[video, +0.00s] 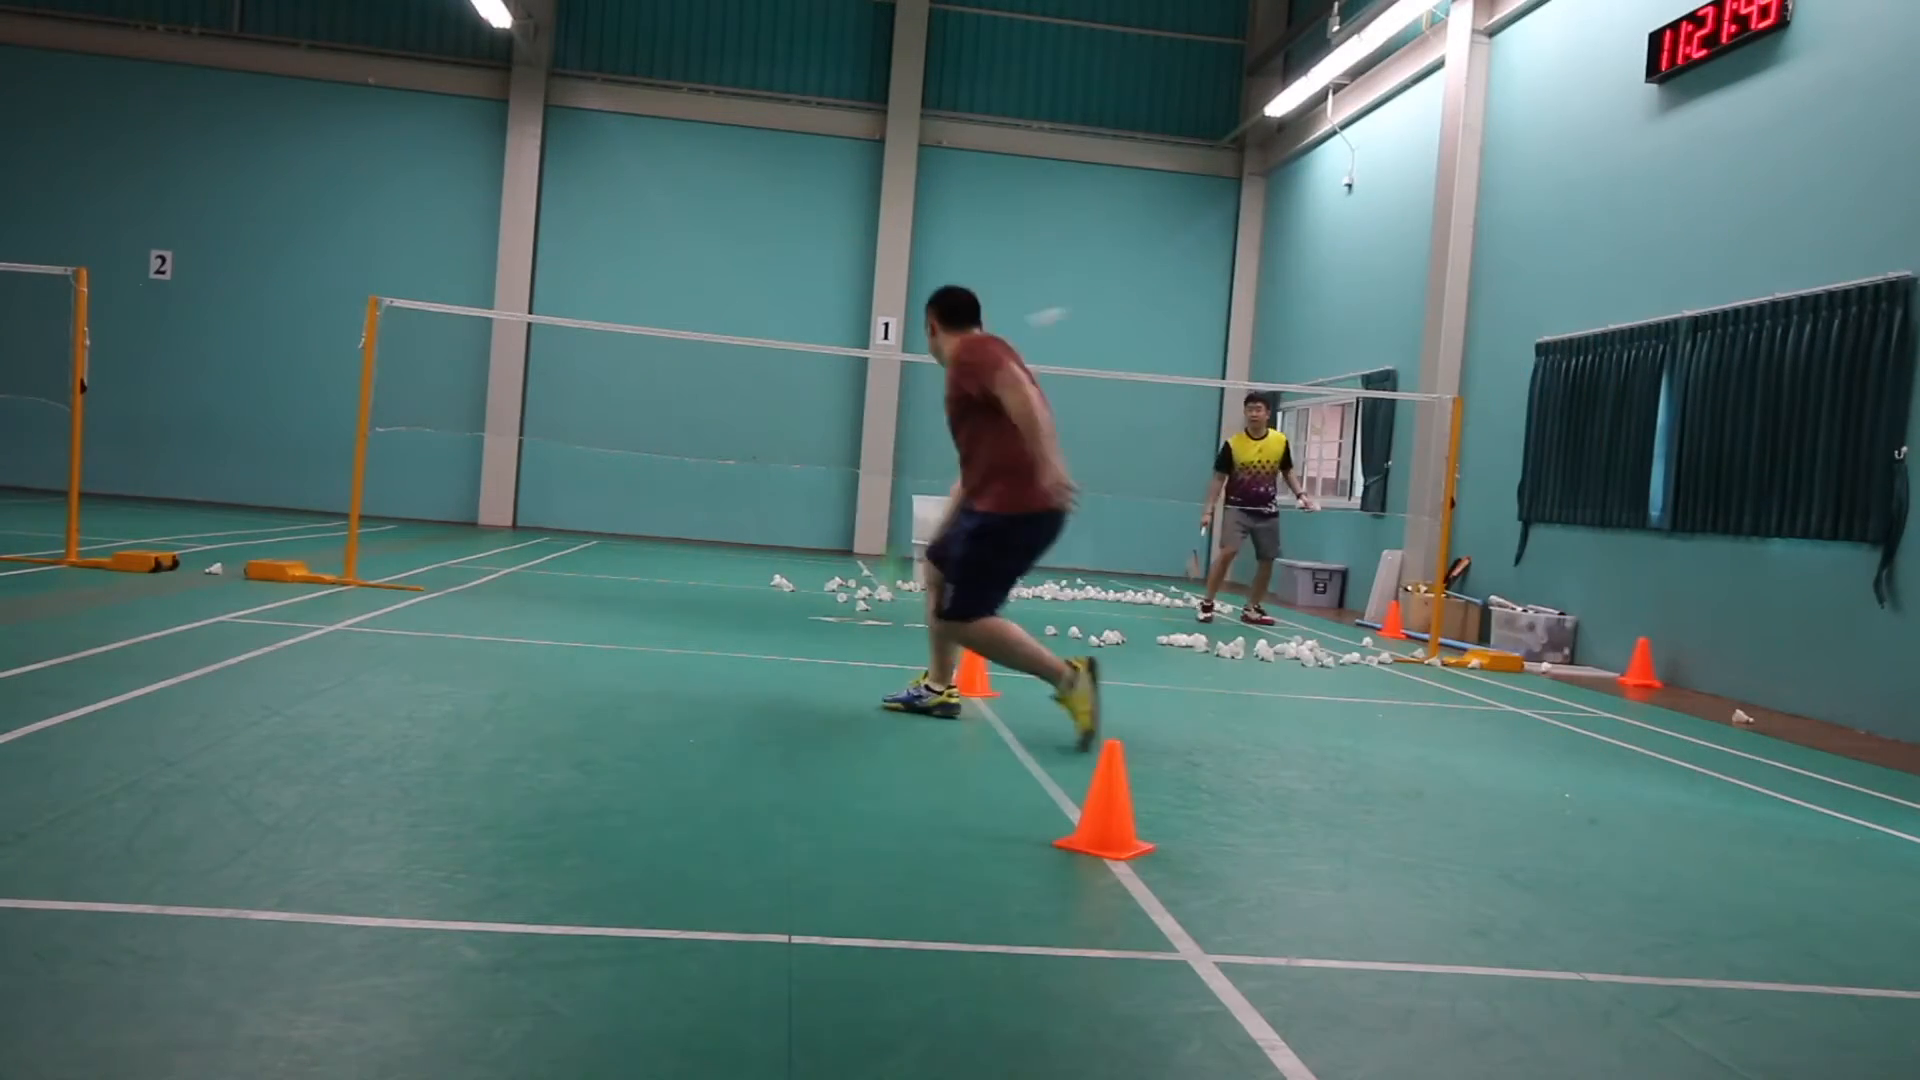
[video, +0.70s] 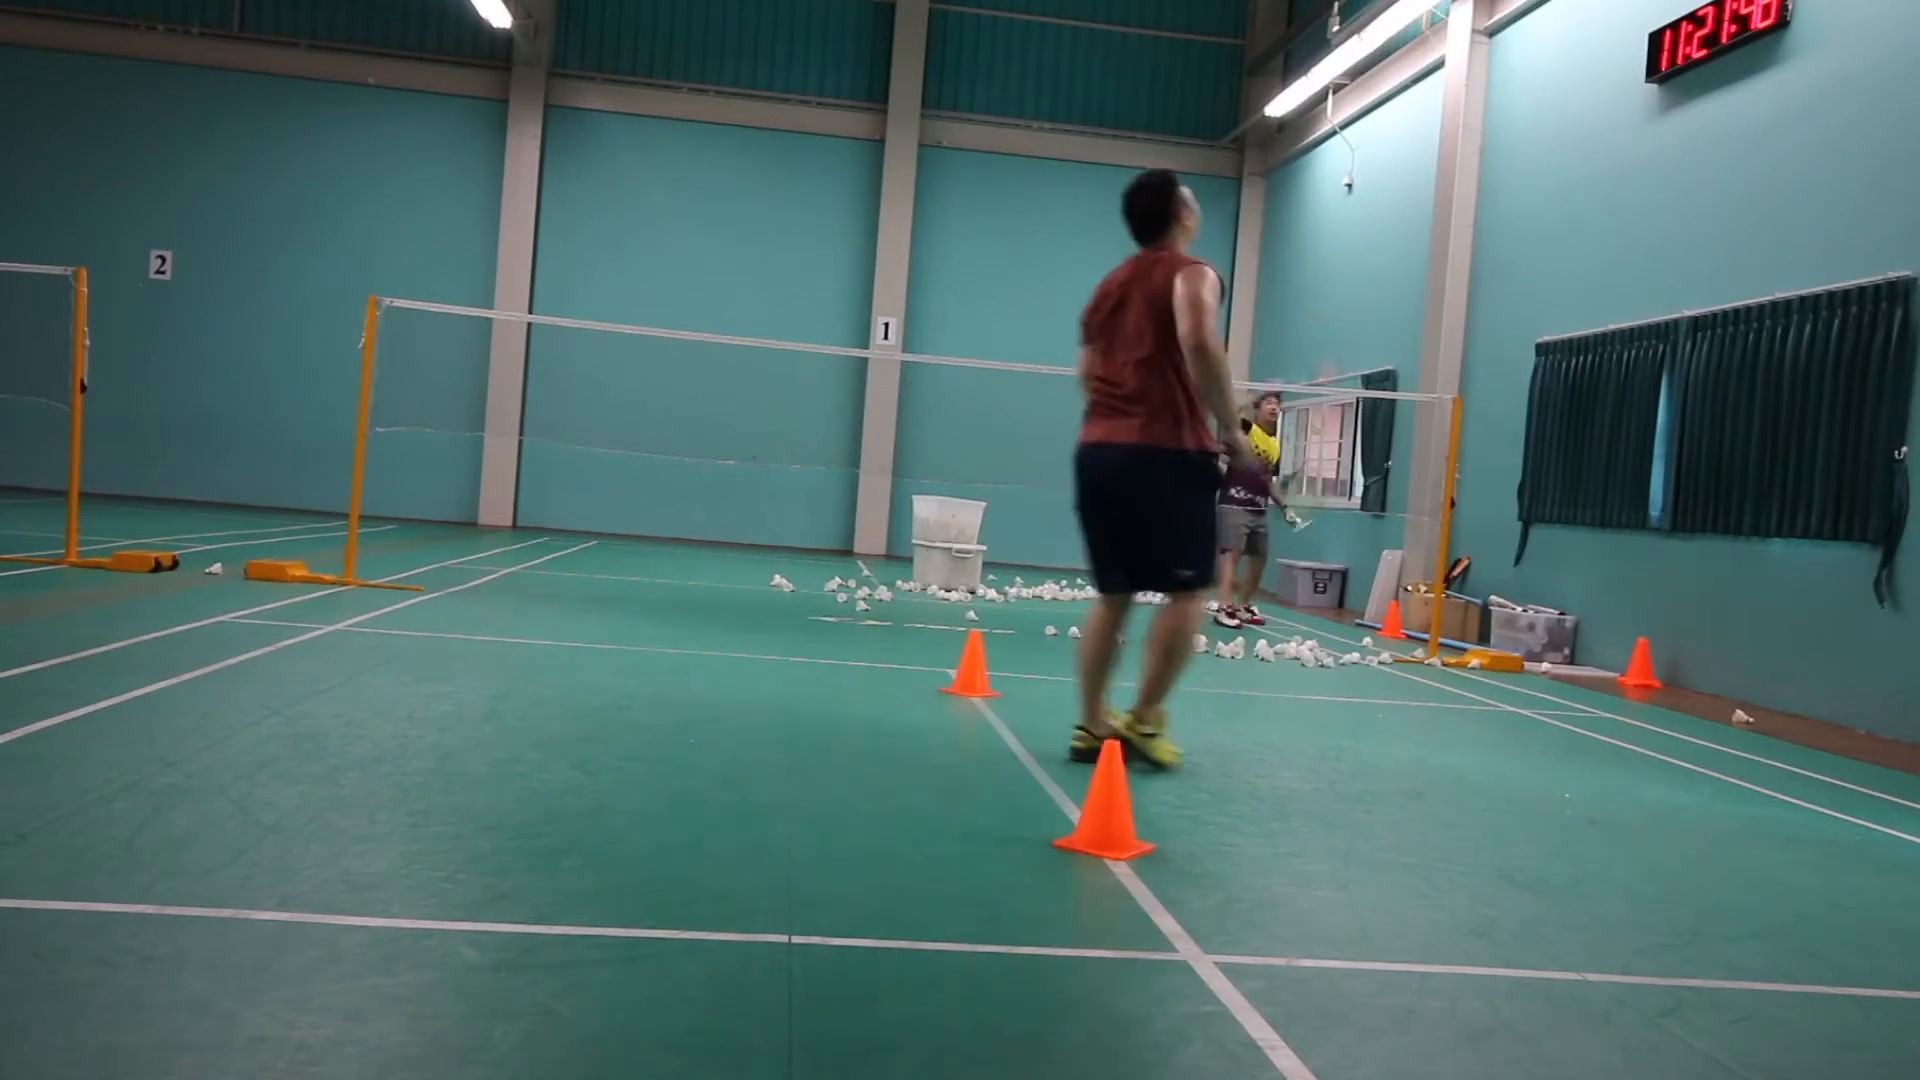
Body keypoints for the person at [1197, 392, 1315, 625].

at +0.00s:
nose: (1254, 414)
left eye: (1259, 409)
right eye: (1250, 409)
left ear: (1268, 414)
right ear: (1245, 413)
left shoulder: (1280, 442)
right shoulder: (1232, 445)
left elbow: (1288, 471)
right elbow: (1218, 479)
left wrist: (1300, 494)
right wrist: (1209, 511)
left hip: (1267, 512)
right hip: (1237, 510)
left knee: (1267, 560)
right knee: (1228, 551)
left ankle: (1252, 607)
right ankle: (1208, 601)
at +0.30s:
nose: (1268, 414)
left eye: (1272, 410)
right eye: (1263, 409)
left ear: (1277, 415)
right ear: (1255, 413)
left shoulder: (1280, 445)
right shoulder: (1240, 441)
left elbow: (1281, 476)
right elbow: (1223, 468)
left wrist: (1299, 501)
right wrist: (1237, 495)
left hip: (1259, 508)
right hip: (1234, 505)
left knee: (1261, 558)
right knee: (1235, 554)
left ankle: (1253, 607)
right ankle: (1226, 608)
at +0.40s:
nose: (1273, 411)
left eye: (1277, 407)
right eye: (1269, 406)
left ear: (1280, 413)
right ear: (1258, 409)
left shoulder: (1276, 441)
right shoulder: (1244, 429)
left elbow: (1274, 475)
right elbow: (1233, 434)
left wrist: (1292, 499)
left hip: (1257, 504)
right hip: (1232, 501)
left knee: (1261, 556)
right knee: (1235, 552)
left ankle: (1253, 605)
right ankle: (1227, 608)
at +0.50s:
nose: (1274, 406)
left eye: (1278, 403)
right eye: (1269, 402)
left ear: (1279, 410)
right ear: (1257, 405)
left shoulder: (1273, 440)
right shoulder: (1246, 426)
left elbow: (1265, 474)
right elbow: (1245, 404)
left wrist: (1283, 495)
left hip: (1257, 502)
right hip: (1233, 499)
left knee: (1260, 554)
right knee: (1238, 552)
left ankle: (1250, 603)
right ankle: (1226, 606)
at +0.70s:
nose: (1274, 408)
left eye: (1277, 404)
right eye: (1269, 404)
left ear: (1280, 411)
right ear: (1257, 409)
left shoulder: (1275, 445)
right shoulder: (1244, 431)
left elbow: (1268, 481)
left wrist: (1284, 506)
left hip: (1258, 505)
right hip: (1234, 502)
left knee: (1258, 556)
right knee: (1231, 553)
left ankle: (1244, 604)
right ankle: (1226, 605)